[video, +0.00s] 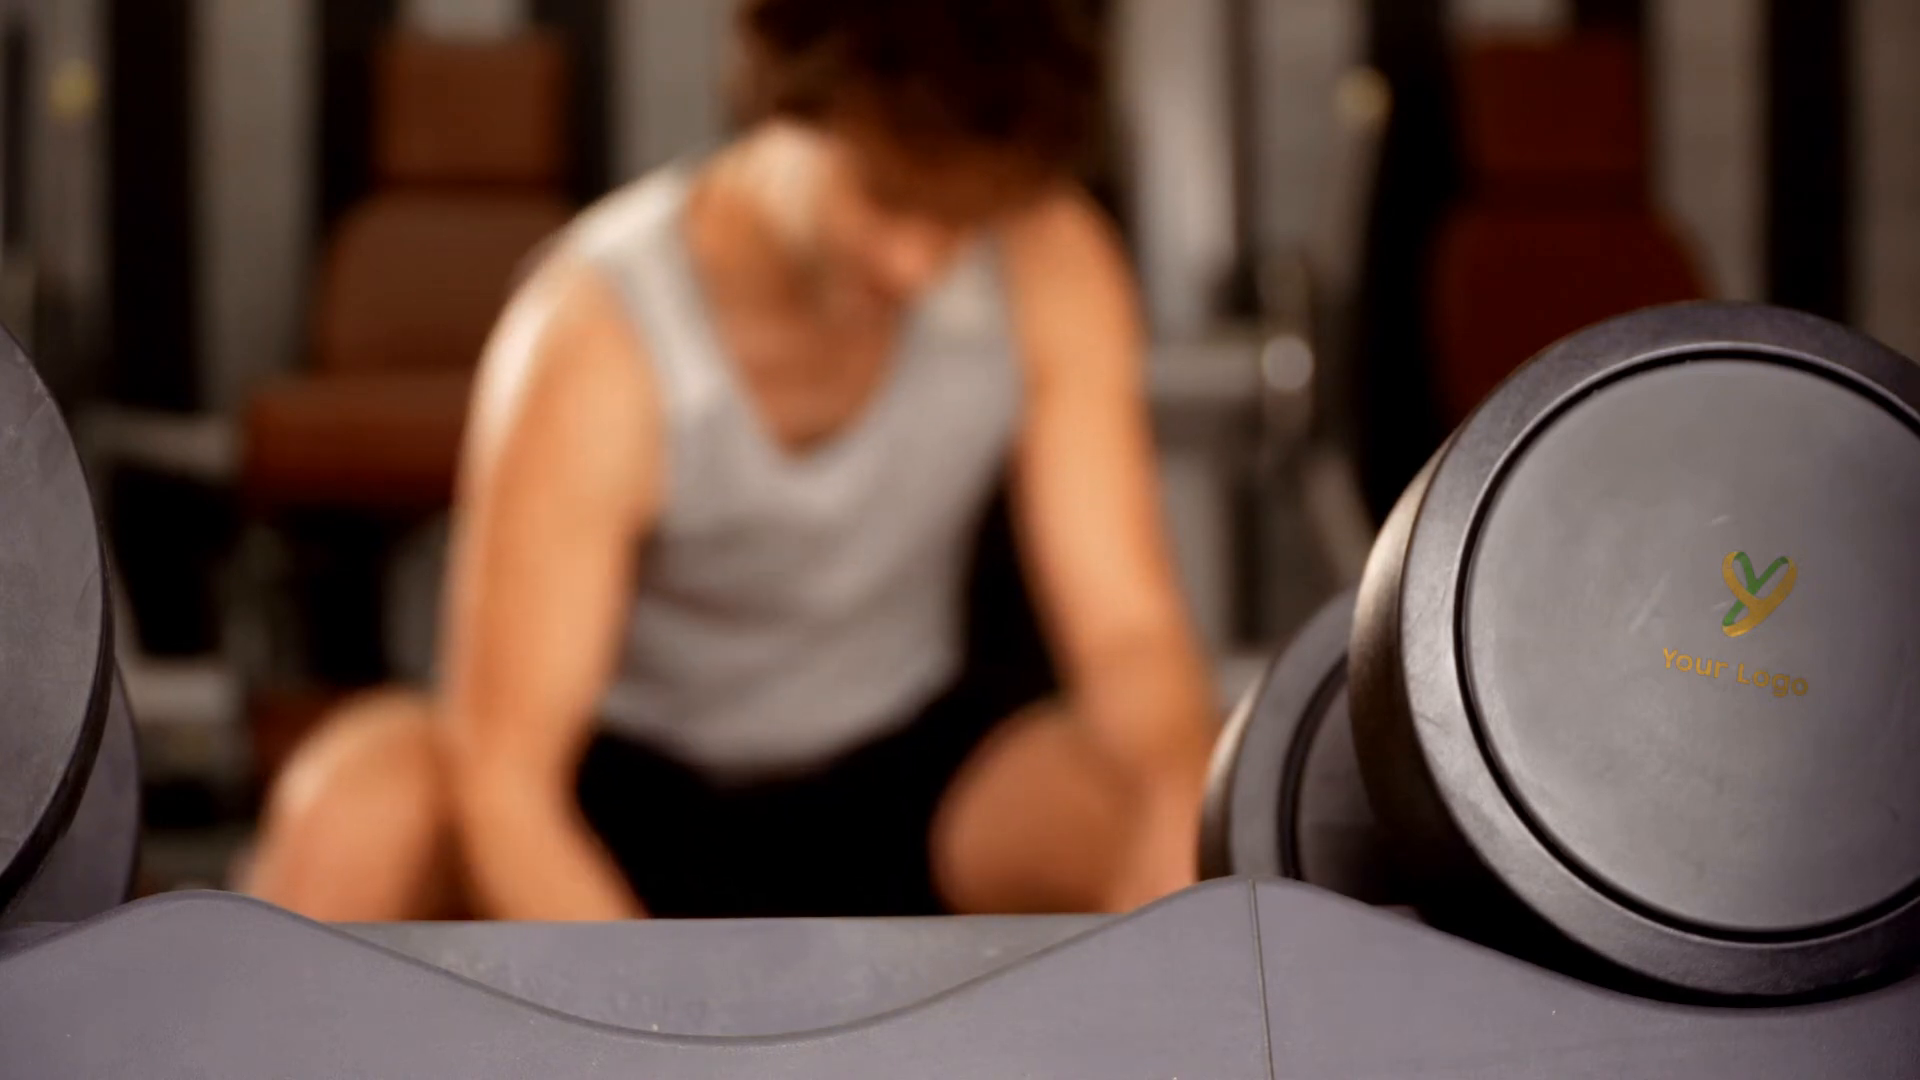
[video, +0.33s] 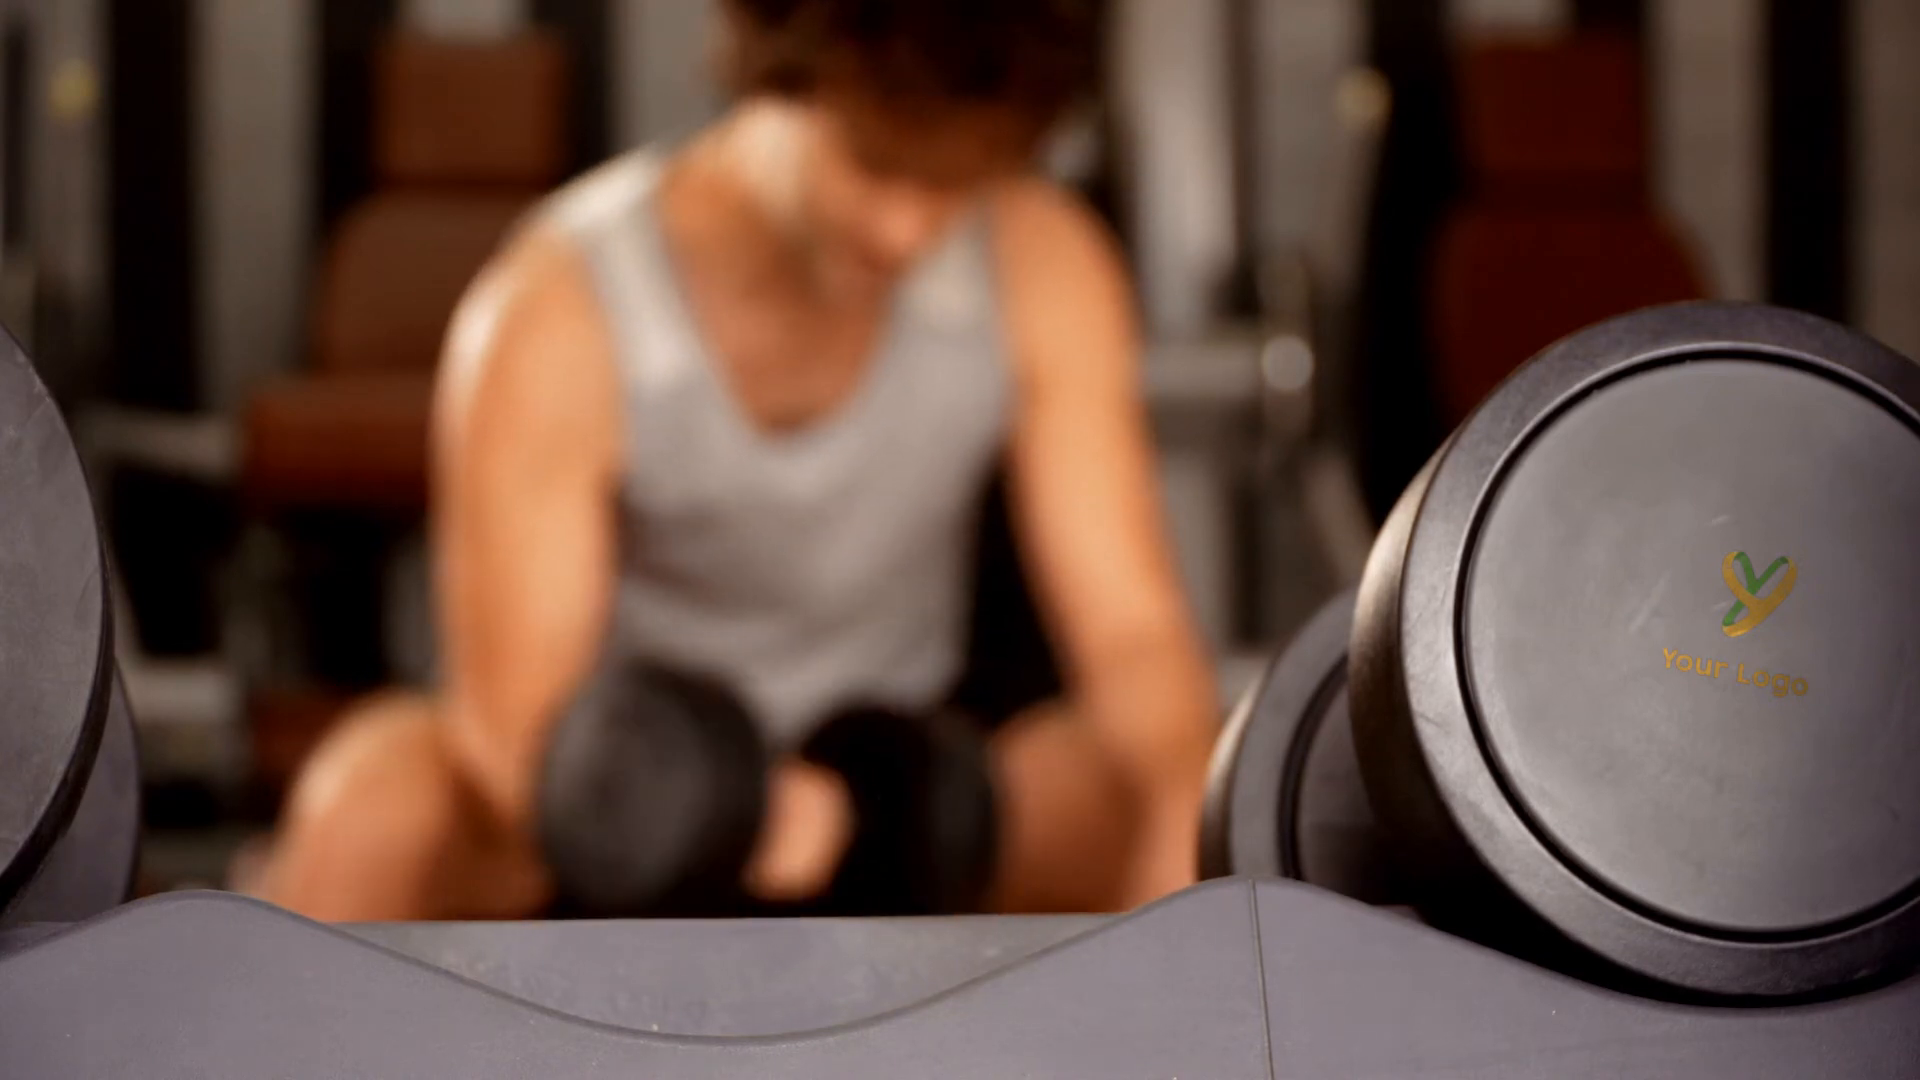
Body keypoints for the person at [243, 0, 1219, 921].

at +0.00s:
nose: (919, 264)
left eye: (970, 220)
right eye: (888, 202)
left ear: (1015, 174)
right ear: (793, 115)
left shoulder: (1044, 254)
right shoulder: (595, 327)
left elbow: (1128, 639)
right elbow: (503, 778)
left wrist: (1183, 863)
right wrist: (662, 1032)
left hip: (898, 780)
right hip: (627, 794)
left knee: (1187, 808)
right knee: (354, 789)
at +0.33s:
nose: (908, 231)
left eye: (957, 183)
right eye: (875, 168)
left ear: (1010, 150)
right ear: (777, 76)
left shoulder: (1038, 257)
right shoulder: (556, 309)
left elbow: (1134, 640)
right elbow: (519, 737)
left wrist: (1185, 835)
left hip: (899, 802)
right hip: (619, 800)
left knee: (1193, 787)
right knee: (373, 789)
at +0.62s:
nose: (879, 229)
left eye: (925, 181)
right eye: (845, 168)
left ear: (977, 140)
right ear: (750, 86)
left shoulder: (1006, 254)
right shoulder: (497, 314)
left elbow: (1123, 635)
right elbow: (524, 758)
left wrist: (1177, 869)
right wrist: (746, 715)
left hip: (895, 793)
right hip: (601, 804)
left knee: (1175, 795)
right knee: (372, 800)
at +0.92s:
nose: (854, 231)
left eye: (902, 181)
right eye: (816, 170)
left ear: (950, 148)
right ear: (712, 93)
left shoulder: (990, 255)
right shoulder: (465, 330)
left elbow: (1119, 633)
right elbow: (529, 767)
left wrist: (1181, 889)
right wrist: (755, 662)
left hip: (892, 787)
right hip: (598, 808)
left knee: (1174, 814)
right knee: (373, 807)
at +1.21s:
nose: (862, 237)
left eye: (906, 185)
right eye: (820, 177)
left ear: (953, 151)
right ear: (713, 117)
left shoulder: (994, 259)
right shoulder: (471, 335)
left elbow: (1123, 638)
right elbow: (536, 778)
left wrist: (1176, 880)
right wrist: (754, 621)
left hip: (900, 780)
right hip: (602, 803)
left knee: (1181, 814)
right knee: (371, 807)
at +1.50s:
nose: (868, 213)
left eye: (916, 163)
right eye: (833, 152)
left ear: (966, 129)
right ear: (729, 75)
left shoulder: (1008, 252)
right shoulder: (495, 318)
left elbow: (1120, 628)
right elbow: (516, 752)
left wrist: (1186, 875)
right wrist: (751, 692)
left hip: (895, 789)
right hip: (601, 800)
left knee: (1166, 807)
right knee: (369, 803)